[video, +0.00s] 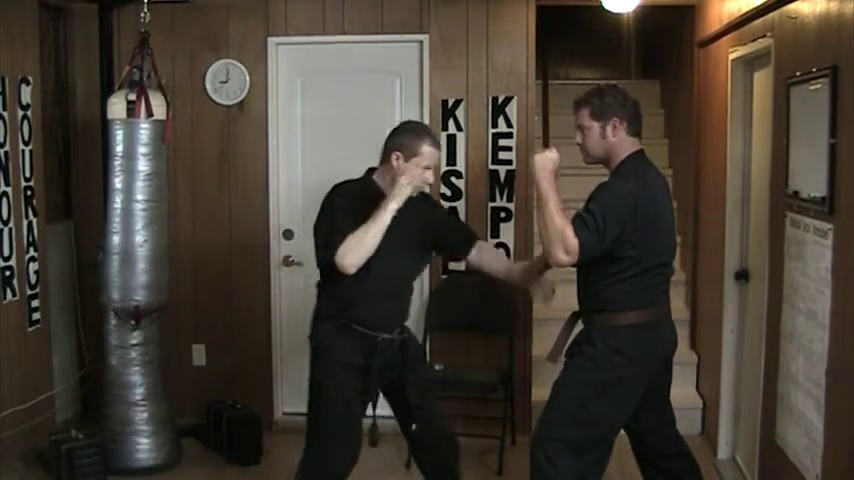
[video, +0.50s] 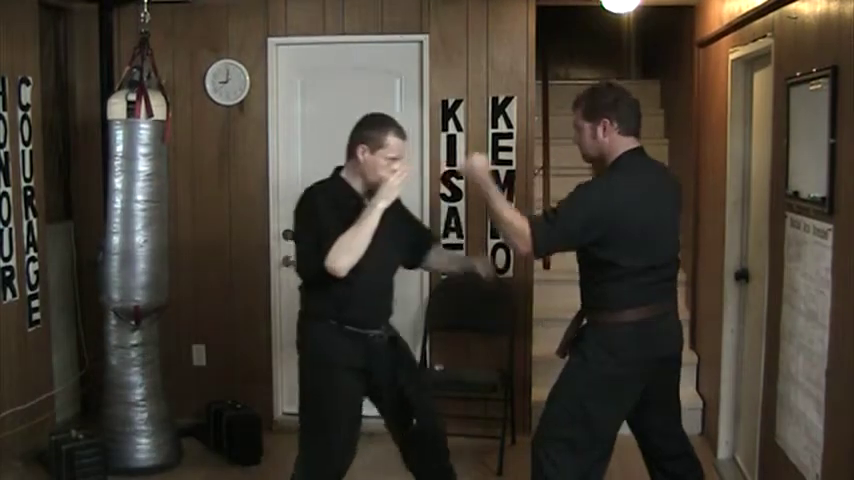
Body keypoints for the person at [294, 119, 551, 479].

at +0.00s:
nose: (430, 179)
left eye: (434, 170)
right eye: (425, 168)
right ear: (395, 159)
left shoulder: (425, 211)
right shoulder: (346, 197)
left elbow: (474, 249)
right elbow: (347, 260)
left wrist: (519, 273)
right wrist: (394, 200)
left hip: (396, 343)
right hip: (341, 342)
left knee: (439, 449)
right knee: (332, 454)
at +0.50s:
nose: (398, 169)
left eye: (400, 160)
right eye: (390, 159)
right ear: (359, 153)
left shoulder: (386, 204)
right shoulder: (319, 199)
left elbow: (425, 253)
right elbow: (337, 263)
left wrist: (468, 263)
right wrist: (379, 203)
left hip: (380, 341)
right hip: (329, 342)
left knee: (426, 443)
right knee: (328, 454)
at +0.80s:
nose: (346, 156)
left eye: (349, 148)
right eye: (341, 145)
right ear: (313, 140)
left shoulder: (328, 187)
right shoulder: (270, 187)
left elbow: (369, 232)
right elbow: (295, 244)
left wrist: (391, 190)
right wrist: (332, 180)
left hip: (329, 329)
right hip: (283, 330)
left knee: (348, 425)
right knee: (294, 438)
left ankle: (333, 478)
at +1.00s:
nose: (332, 156)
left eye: (336, 148)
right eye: (327, 146)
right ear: (299, 140)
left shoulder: (321, 188)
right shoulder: (255, 180)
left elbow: (361, 232)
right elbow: (269, 240)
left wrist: (386, 193)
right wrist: (306, 179)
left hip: (299, 326)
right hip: (255, 325)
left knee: (302, 429)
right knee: (269, 430)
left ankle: (292, 477)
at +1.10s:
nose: (322, 159)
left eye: (325, 152)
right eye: (316, 149)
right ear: (289, 143)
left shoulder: (309, 189)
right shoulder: (246, 181)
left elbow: (347, 234)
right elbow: (259, 241)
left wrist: (373, 198)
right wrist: (300, 182)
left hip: (288, 328)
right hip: (243, 328)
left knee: (295, 433)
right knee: (243, 437)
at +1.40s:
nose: (270, 167)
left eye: (273, 159)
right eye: (265, 157)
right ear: (237, 151)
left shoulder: (252, 197)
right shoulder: (196, 194)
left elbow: (292, 244)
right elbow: (224, 249)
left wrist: (314, 202)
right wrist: (262, 191)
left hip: (242, 339)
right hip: (193, 337)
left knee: (283, 430)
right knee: (164, 439)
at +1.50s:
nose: (253, 172)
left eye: (256, 164)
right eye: (247, 162)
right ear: (218, 154)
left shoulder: (238, 202)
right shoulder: (177, 196)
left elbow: (277, 253)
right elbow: (205, 254)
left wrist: (299, 213)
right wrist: (260, 208)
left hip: (228, 339)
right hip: (179, 338)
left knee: (270, 427)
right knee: (155, 433)